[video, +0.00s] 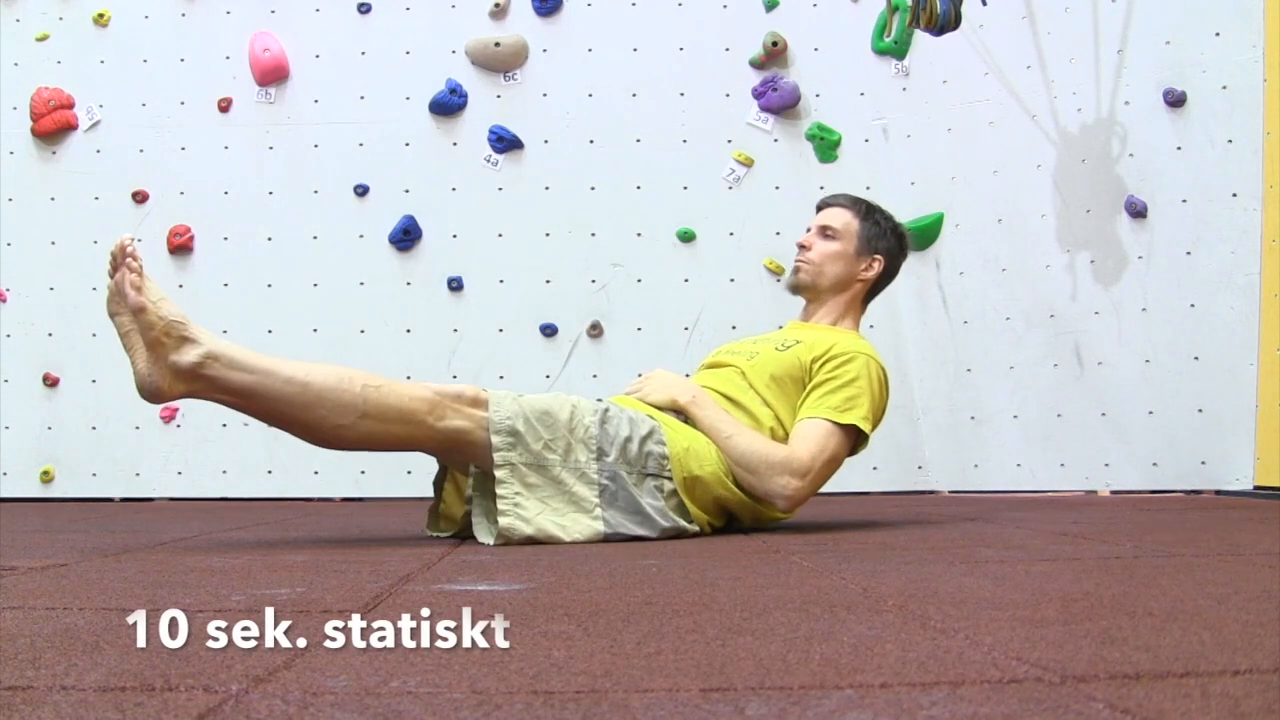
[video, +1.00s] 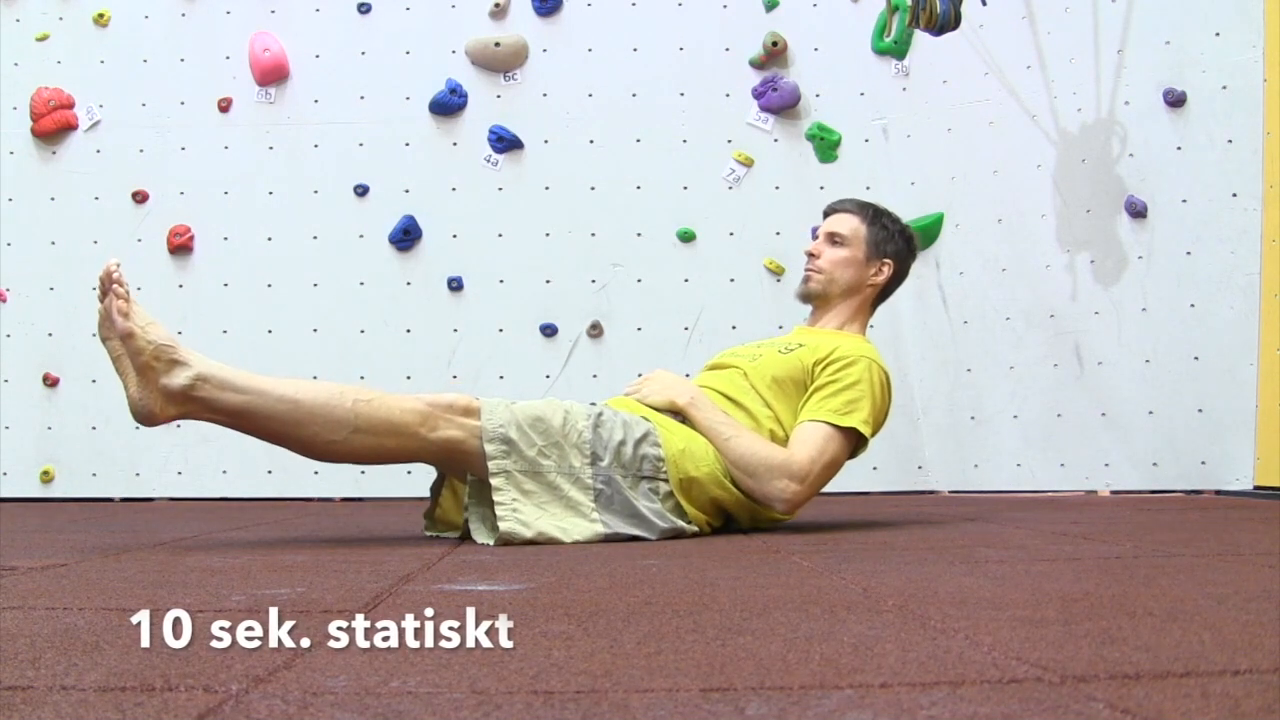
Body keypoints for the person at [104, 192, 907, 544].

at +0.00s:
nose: (803, 241)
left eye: (825, 235)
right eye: (809, 230)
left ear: (870, 266)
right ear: (822, 260)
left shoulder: (849, 355)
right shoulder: (780, 344)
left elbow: (788, 481)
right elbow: (743, 449)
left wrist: (690, 396)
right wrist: (666, 401)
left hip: (658, 462)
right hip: (636, 446)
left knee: (449, 412)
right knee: (437, 410)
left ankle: (191, 365)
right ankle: (190, 362)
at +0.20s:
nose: (804, 236)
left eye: (827, 229)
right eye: (810, 225)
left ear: (872, 263)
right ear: (822, 255)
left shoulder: (847, 353)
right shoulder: (778, 342)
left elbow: (787, 477)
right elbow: (738, 447)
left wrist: (686, 396)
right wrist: (665, 401)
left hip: (662, 464)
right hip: (637, 448)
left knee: (449, 408)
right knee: (439, 406)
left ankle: (194, 350)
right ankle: (190, 353)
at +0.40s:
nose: (804, 241)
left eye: (825, 235)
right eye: (809, 231)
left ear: (871, 265)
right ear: (822, 260)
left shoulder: (850, 354)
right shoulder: (780, 345)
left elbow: (785, 477)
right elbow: (740, 449)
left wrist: (684, 396)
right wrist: (666, 404)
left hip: (659, 464)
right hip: (635, 450)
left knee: (447, 410)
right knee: (436, 408)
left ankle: (189, 358)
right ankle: (188, 355)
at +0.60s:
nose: (810, 252)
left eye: (832, 244)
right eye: (813, 240)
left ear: (877, 270)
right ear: (821, 262)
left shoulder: (851, 358)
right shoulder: (788, 348)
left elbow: (790, 483)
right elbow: (751, 457)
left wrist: (691, 398)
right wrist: (668, 405)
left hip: (658, 461)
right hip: (635, 448)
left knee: (447, 415)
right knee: (435, 414)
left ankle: (189, 372)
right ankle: (188, 372)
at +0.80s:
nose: (812, 251)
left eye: (834, 244)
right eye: (816, 239)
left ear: (878, 271)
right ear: (824, 262)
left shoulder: (851, 358)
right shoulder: (792, 348)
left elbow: (789, 482)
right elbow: (749, 455)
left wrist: (690, 398)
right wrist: (670, 406)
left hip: (661, 460)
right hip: (639, 448)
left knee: (445, 417)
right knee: (434, 419)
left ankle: (186, 378)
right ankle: (184, 381)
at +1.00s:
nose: (814, 250)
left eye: (835, 244)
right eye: (818, 239)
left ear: (879, 273)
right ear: (827, 263)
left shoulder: (853, 359)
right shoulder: (793, 349)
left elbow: (788, 483)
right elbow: (743, 453)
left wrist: (690, 397)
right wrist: (667, 402)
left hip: (661, 461)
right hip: (639, 448)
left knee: (441, 420)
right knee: (430, 421)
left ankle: (182, 383)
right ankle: (181, 385)